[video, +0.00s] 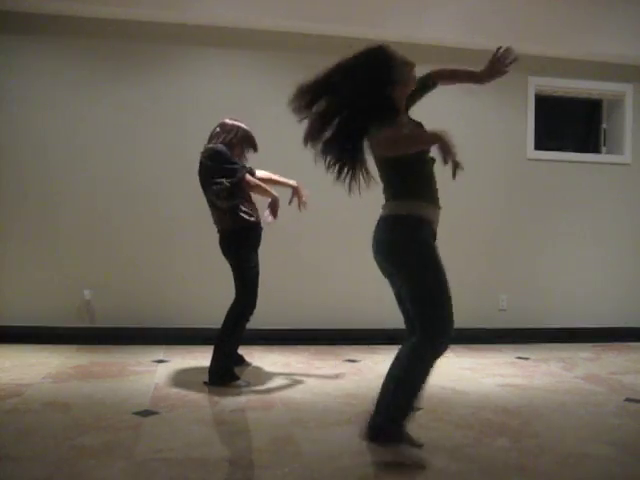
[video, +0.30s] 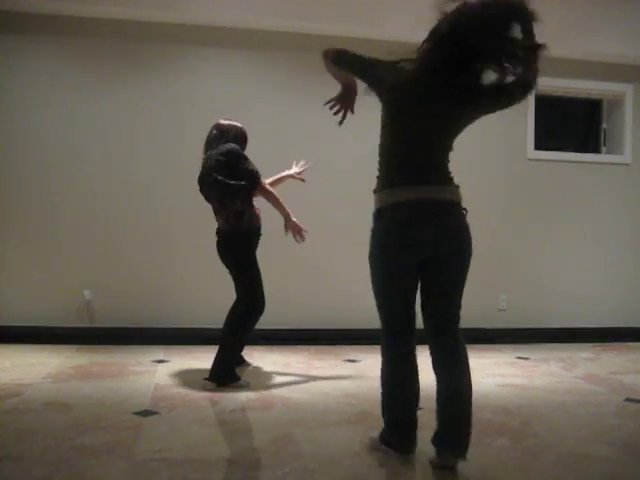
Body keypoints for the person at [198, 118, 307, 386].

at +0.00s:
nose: (242, 154)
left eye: (243, 149)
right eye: (241, 147)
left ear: (224, 139)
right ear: (230, 141)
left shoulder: (223, 156)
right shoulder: (215, 155)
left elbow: (256, 174)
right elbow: (247, 181)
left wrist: (292, 184)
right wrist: (273, 197)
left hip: (244, 235)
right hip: (238, 237)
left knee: (246, 299)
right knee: (246, 300)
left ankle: (227, 352)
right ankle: (220, 371)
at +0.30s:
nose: (241, 126)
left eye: (237, 124)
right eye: (236, 125)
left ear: (215, 138)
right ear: (229, 138)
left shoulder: (208, 167)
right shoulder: (231, 154)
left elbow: (251, 189)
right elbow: (261, 189)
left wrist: (285, 175)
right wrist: (288, 217)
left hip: (230, 241)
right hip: (241, 241)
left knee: (246, 299)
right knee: (254, 303)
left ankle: (230, 355)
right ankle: (222, 369)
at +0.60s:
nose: (238, 149)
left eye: (239, 143)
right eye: (234, 143)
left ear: (224, 140)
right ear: (220, 141)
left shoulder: (232, 159)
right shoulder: (215, 167)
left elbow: (258, 181)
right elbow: (254, 184)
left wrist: (288, 202)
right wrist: (301, 184)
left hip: (252, 235)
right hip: (244, 237)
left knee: (253, 298)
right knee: (254, 299)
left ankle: (231, 353)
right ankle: (222, 368)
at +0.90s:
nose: (229, 151)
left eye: (229, 146)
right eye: (226, 146)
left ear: (209, 146)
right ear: (214, 146)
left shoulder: (220, 167)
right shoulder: (211, 171)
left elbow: (262, 176)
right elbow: (247, 184)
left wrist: (300, 176)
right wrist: (261, 169)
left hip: (257, 235)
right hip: (251, 239)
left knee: (253, 299)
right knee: (252, 301)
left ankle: (231, 353)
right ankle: (222, 371)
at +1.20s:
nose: (223, 161)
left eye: (223, 157)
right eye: (220, 157)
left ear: (204, 159)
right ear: (209, 159)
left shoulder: (216, 176)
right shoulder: (209, 185)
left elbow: (246, 170)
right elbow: (249, 202)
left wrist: (280, 165)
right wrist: (277, 191)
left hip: (258, 237)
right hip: (255, 241)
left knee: (257, 301)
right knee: (260, 305)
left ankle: (231, 354)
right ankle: (224, 369)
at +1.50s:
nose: (200, 158)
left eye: (200, 153)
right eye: (192, 158)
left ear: (207, 157)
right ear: (184, 169)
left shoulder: (213, 189)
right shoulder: (207, 194)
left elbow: (249, 213)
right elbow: (242, 224)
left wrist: (278, 224)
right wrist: (283, 237)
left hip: (258, 243)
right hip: (256, 246)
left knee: (256, 304)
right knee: (255, 307)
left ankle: (231, 353)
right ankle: (220, 372)